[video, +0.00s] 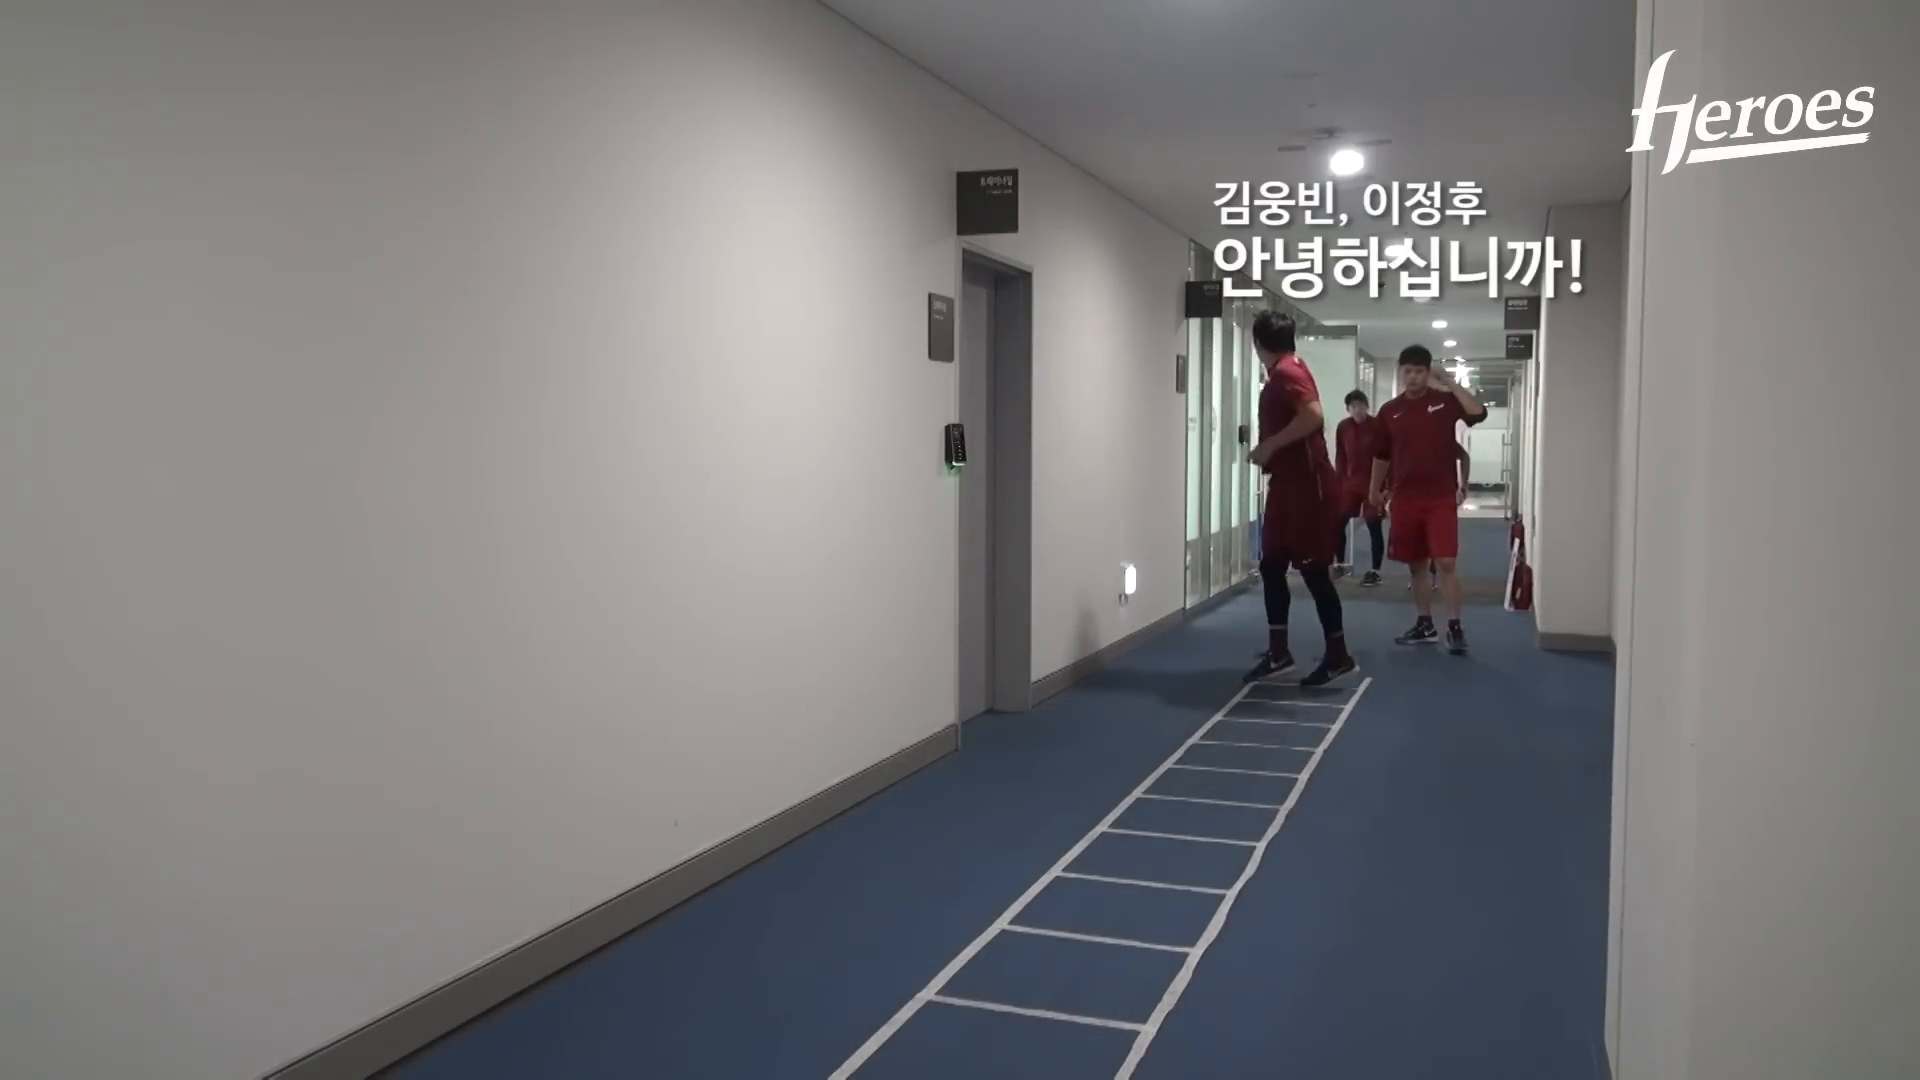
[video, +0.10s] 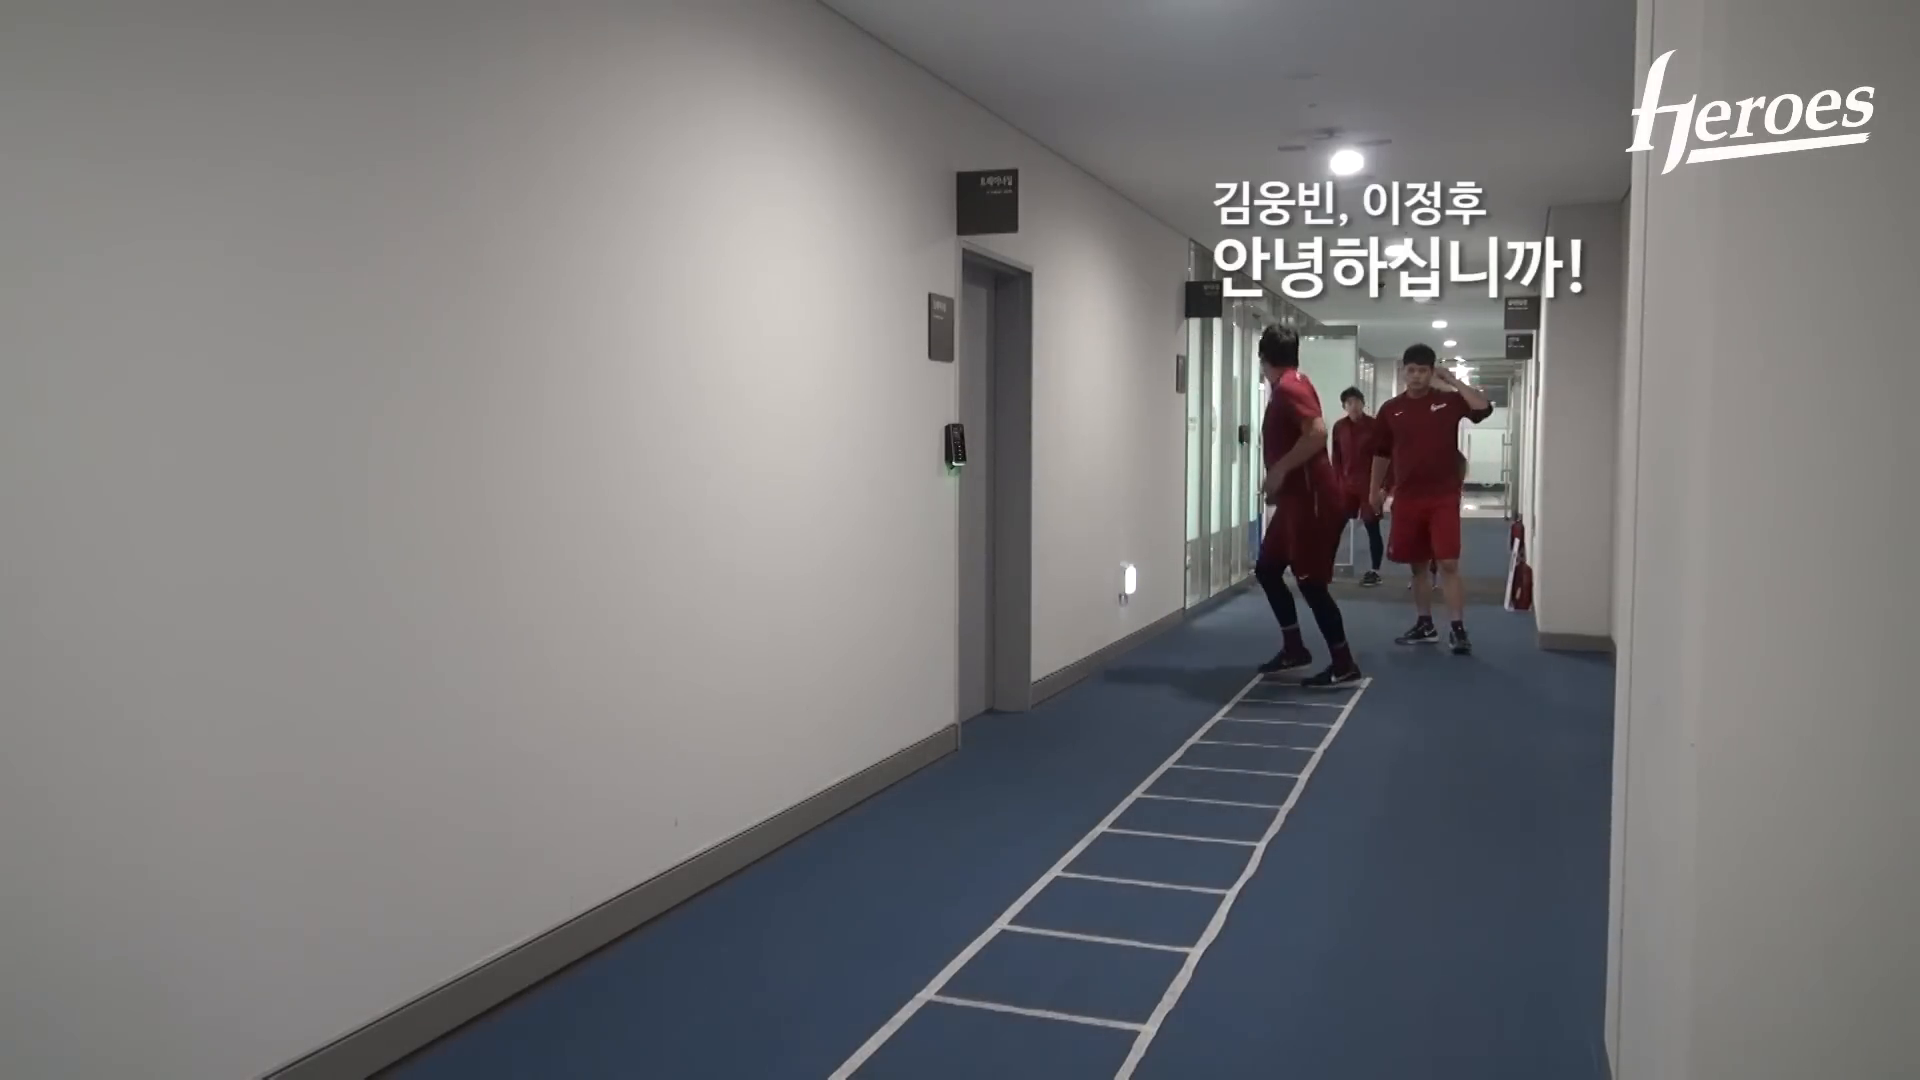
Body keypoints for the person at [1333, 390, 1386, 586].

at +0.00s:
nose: (1355, 410)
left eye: (1358, 405)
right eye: (1352, 406)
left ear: (1366, 406)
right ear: (1348, 409)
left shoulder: (1378, 425)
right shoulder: (1344, 427)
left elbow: (1385, 457)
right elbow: (1340, 455)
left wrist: (1386, 486)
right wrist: (1339, 479)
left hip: (1372, 486)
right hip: (1349, 485)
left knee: (1375, 527)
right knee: (1338, 523)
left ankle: (1375, 569)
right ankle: (1340, 563)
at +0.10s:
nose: (1353, 406)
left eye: (1356, 402)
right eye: (1349, 402)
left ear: (1363, 404)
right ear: (1344, 406)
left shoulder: (1375, 425)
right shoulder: (1339, 427)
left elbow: (1386, 457)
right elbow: (1336, 457)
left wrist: (1385, 486)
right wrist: (1337, 481)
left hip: (1369, 487)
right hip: (1345, 486)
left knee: (1373, 529)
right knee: (1332, 529)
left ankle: (1375, 569)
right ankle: (1323, 571)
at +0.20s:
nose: (1348, 406)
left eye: (1351, 401)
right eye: (1344, 402)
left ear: (1358, 403)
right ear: (1339, 405)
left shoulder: (1371, 426)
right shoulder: (1333, 427)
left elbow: (1380, 456)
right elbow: (1328, 454)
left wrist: (1377, 483)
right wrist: (1331, 476)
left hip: (1364, 485)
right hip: (1340, 485)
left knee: (1370, 528)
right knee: (1330, 531)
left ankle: (1374, 569)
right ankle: (1322, 573)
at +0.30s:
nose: (1342, 406)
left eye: (1345, 401)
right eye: (1338, 402)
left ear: (1351, 402)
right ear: (1332, 405)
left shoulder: (1365, 426)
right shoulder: (1327, 427)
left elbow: (1375, 457)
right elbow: (1318, 452)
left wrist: (1372, 483)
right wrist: (1322, 477)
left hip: (1358, 484)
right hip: (1334, 484)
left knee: (1363, 526)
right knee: (1328, 527)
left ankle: (1373, 568)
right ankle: (1322, 568)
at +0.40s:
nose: (1337, 408)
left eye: (1340, 403)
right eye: (1333, 404)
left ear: (1345, 404)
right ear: (1326, 406)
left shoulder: (1359, 427)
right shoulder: (1322, 428)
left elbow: (1367, 457)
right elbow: (1316, 454)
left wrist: (1363, 481)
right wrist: (1319, 477)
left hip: (1353, 482)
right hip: (1330, 482)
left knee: (1358, 524)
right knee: (1326, 525)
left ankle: (1369, 567)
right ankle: (1323, 566)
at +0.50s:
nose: (1328, 413)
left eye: (1330, 408)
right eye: (1324, 409)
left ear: (1338, 407)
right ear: (1321, 410)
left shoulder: (1355, 428)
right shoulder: (1319, 429)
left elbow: (1361, 459)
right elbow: (1314, 456)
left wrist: (1355, 483)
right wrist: (1318, 477)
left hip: (1350, 484)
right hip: (1327, 484)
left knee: (1353, 526)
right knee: (1323, 528)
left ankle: (1359, 566)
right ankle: (1322, 568)